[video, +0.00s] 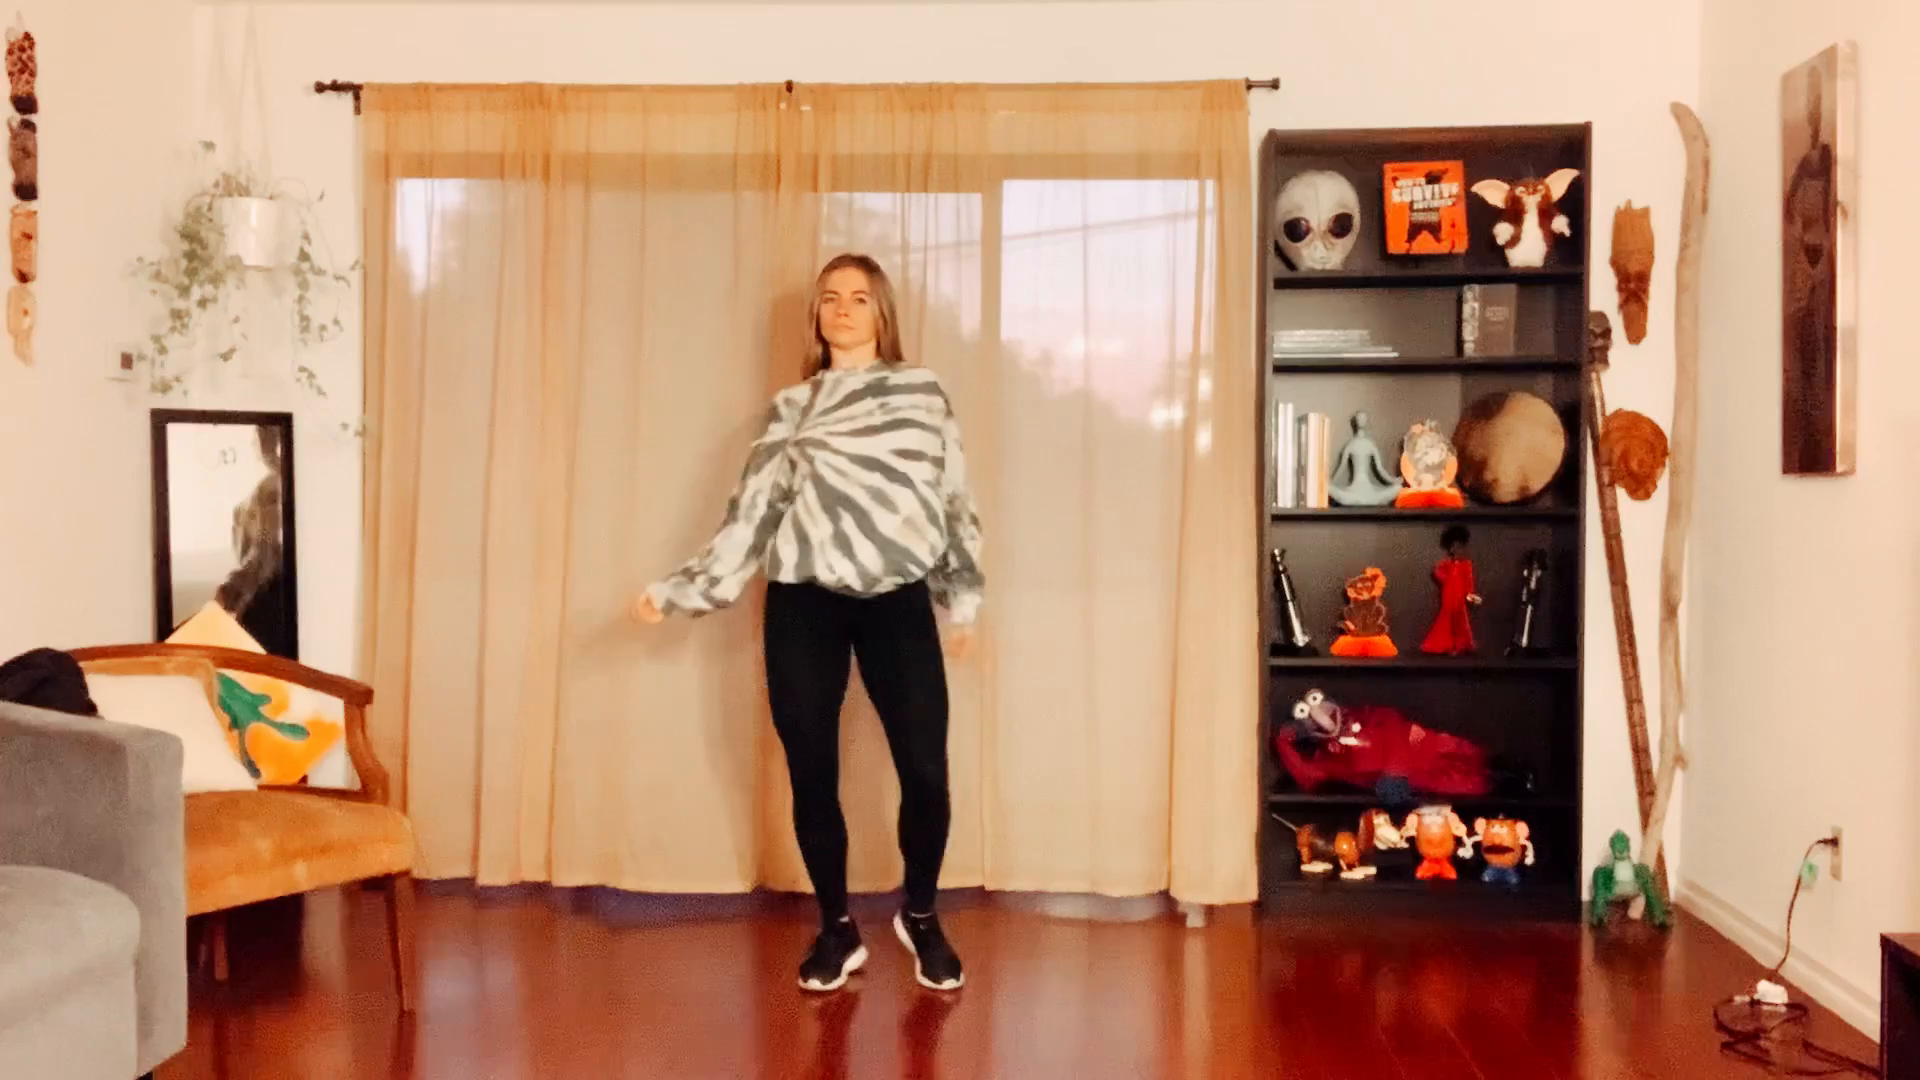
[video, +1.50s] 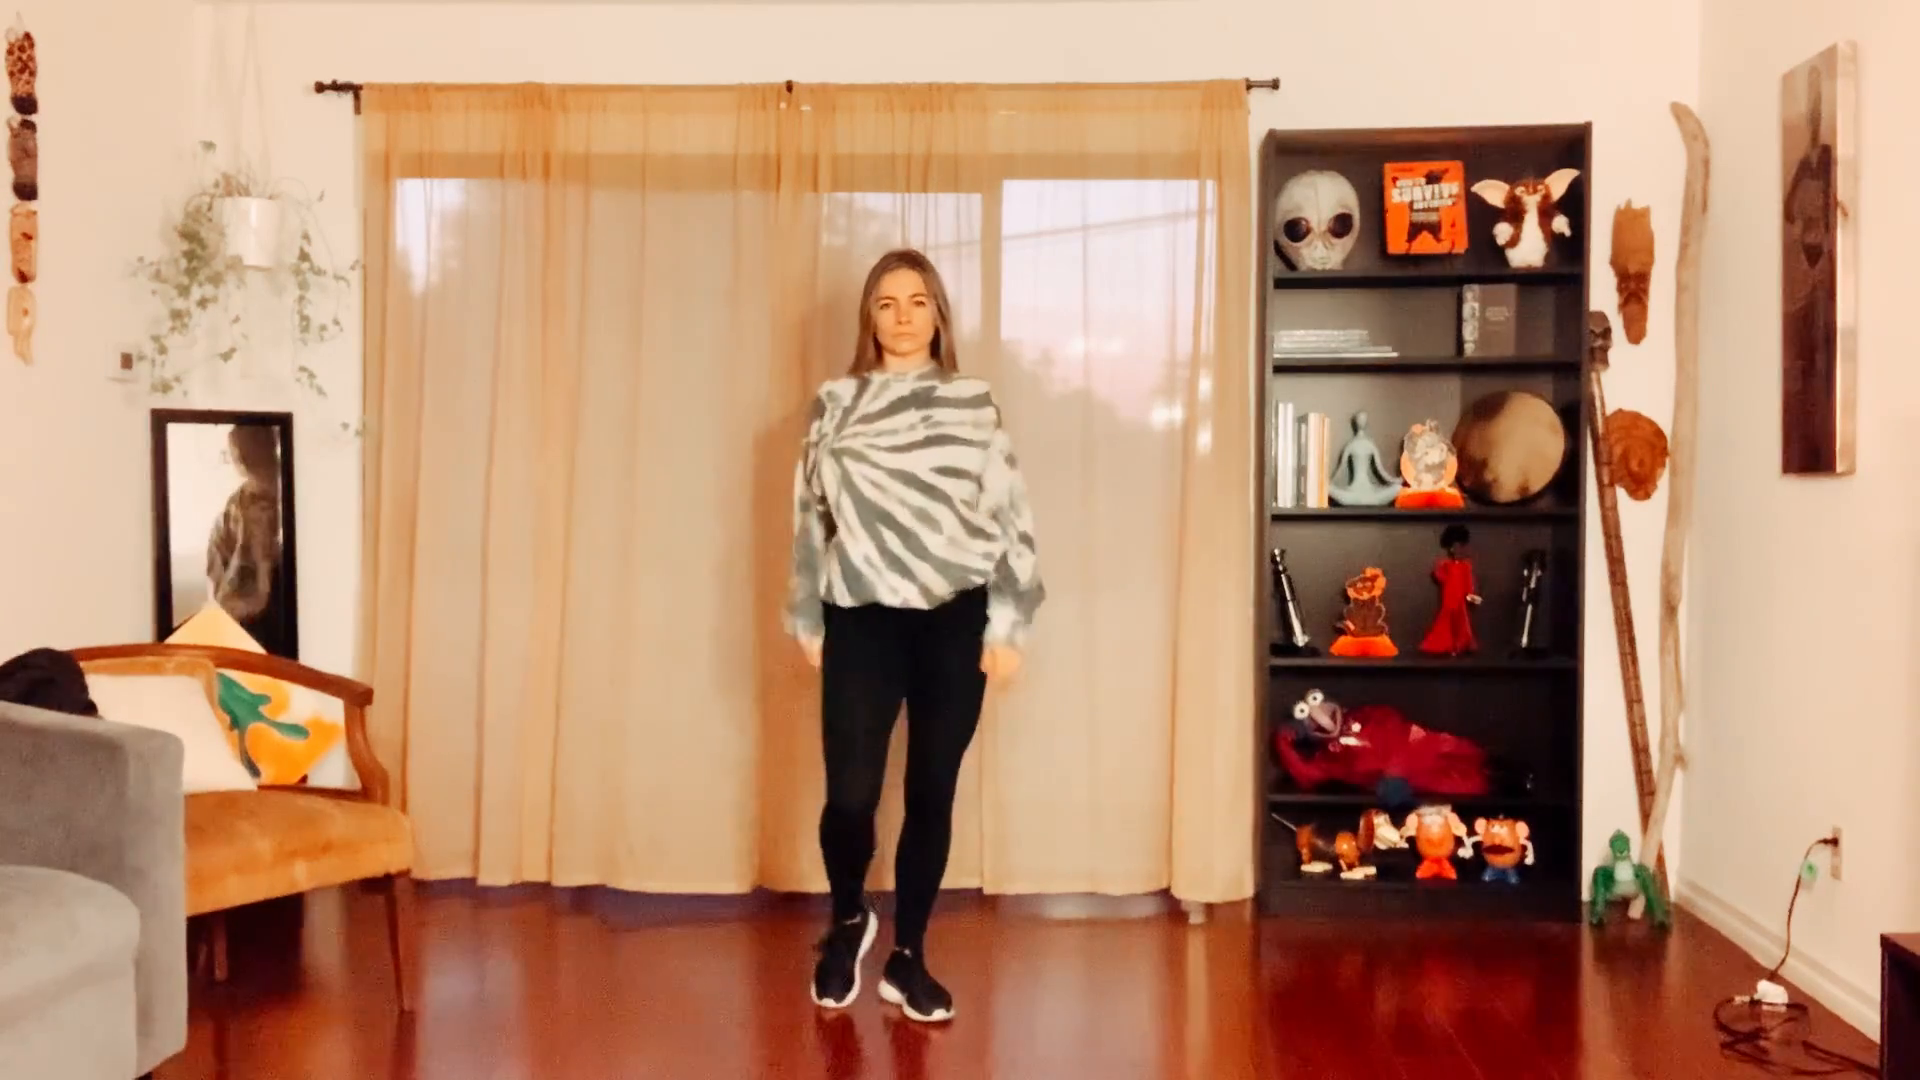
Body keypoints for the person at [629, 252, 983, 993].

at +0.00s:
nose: (843, 306)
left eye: (858, 296)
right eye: (831, 296)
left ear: (882, 311)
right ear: (815, 314)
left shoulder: (922, 392)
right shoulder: (795, 406)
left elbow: (954, 501)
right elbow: (751, 518)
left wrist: (960, 600)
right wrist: (680, 588)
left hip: (896, 600)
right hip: (803, 599)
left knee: (927, 774)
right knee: (813, 776)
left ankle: (921, 913)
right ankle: (836, 929)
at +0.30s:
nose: (851, 315)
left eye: (865, 305)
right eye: (836, 305)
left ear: (883, 320)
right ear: (815, 319)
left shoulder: (909, 404)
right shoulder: (790, 409)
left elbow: (926, 509)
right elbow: (772, 511)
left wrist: (952, 601)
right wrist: (779, 600)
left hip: (889, 613)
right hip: (803, 613)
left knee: (904, 778)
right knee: (819, 784)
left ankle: (908, 914)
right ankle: (838, 933)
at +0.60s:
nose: (850, 319)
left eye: (864, 309)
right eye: (835, 306)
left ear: (880, 324)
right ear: (813, 318)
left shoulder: (899, 410)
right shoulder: (775, 398)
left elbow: (903, 517)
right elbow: (770, 494)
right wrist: (882, 473)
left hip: (893, 605)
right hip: (803, 607)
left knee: (911, 775)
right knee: (826, 784)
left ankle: (893, 920)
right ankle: (840, 929)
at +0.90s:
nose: (860, 318)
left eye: (874, 308)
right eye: (846, 305)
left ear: (892, 321)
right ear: (823, 315)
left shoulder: (911, 405)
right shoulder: (784, 395)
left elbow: (932, 513)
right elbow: (756, 489)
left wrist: (949, 610)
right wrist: (758, 551)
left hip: (917, 613)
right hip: (826, 616)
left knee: (918, 786)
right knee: (831, 794)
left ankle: (908, 952)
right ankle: (839, 925)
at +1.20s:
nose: (887, 317)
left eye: (901, 305)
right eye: (871, 305)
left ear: (919, 319)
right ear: (850, 318)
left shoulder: (944, 412)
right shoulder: (817, 400)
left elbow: (970, 525)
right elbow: (742, 485)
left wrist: (996, 629)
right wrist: (670, 584)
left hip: (952, 621)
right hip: (861, 622)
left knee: (931, 796)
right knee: (843, 799)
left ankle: (908, 955)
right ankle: (839, 914)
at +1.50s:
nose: (902, 313)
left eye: (917, 301)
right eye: (887, 302)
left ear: (938, 312)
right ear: (869, 315)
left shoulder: (972, 404)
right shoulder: (838, 403)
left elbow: (1009, 517)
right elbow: (810, 516)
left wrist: (1005, 623)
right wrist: (805, 613)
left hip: (952, 622)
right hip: (859, 621)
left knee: (931, 799)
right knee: (848, 804)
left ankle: (908, 959)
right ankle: (848, 924)